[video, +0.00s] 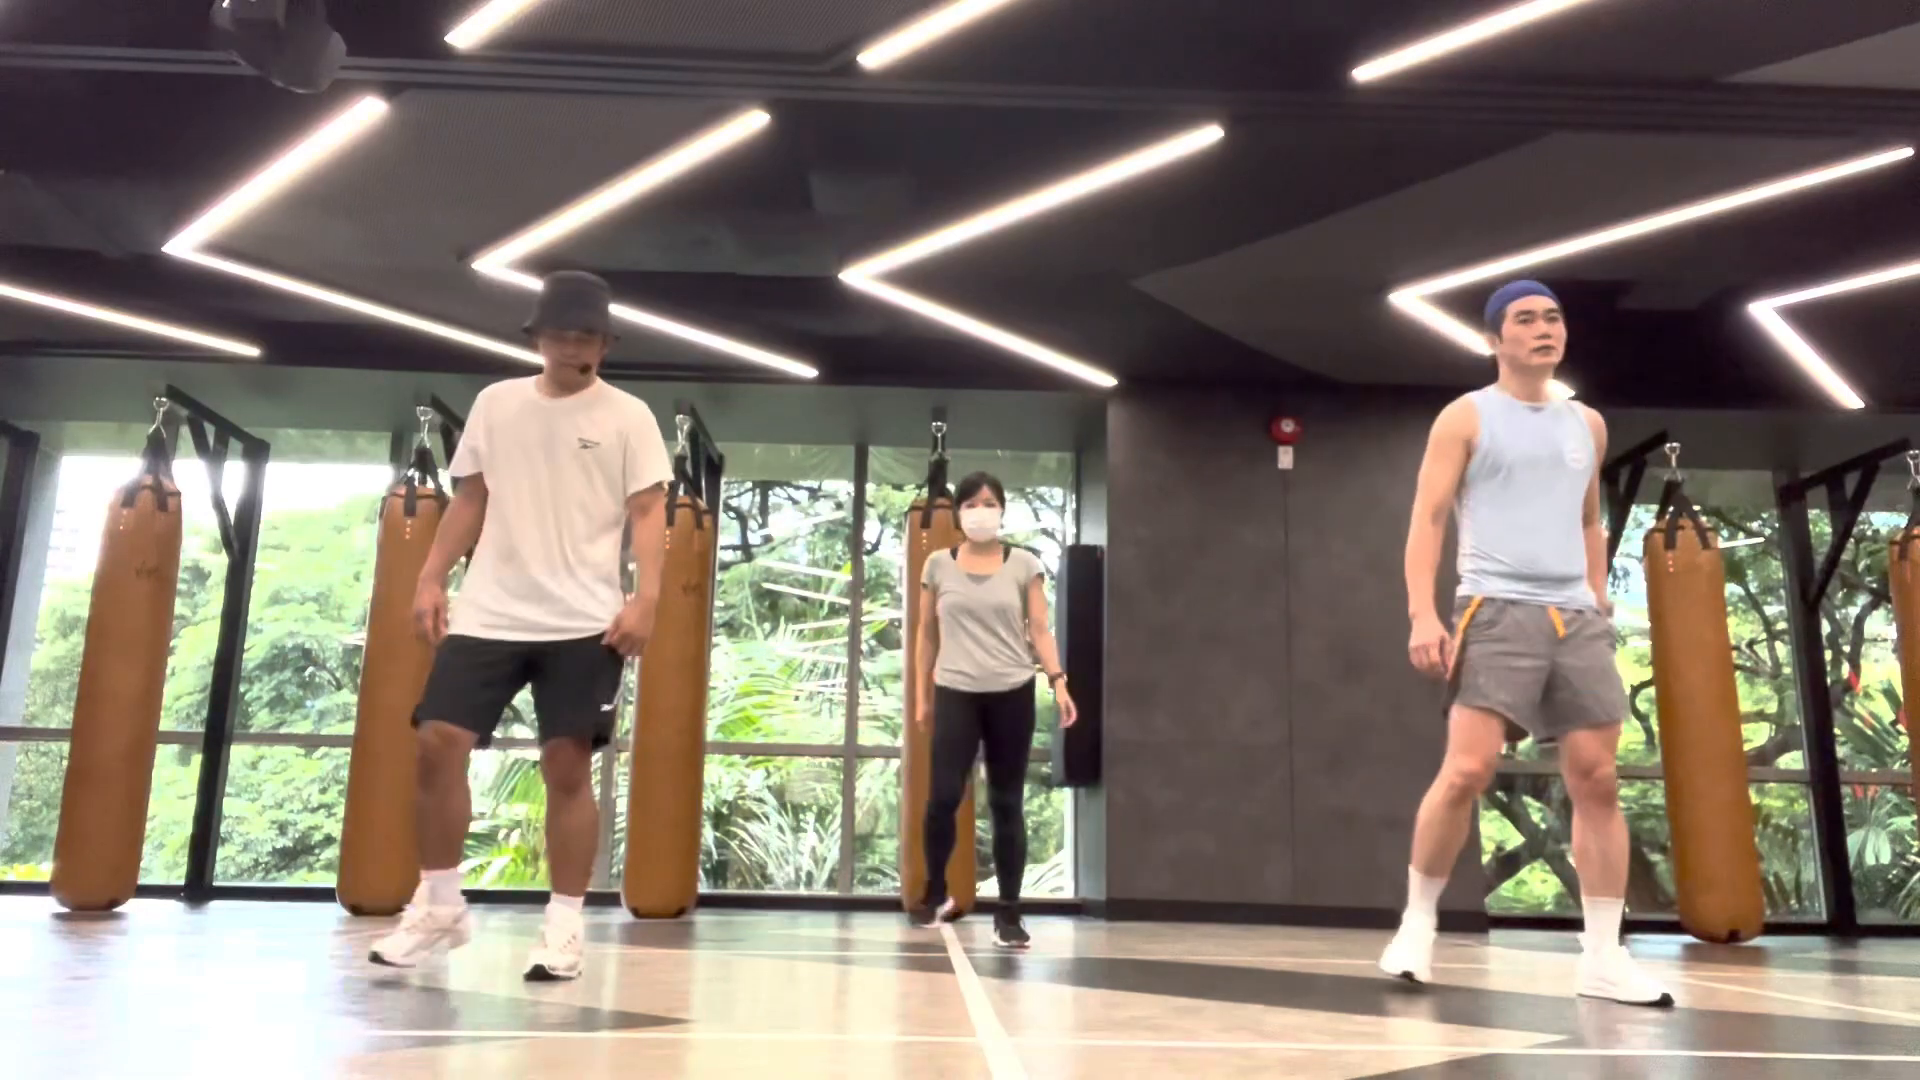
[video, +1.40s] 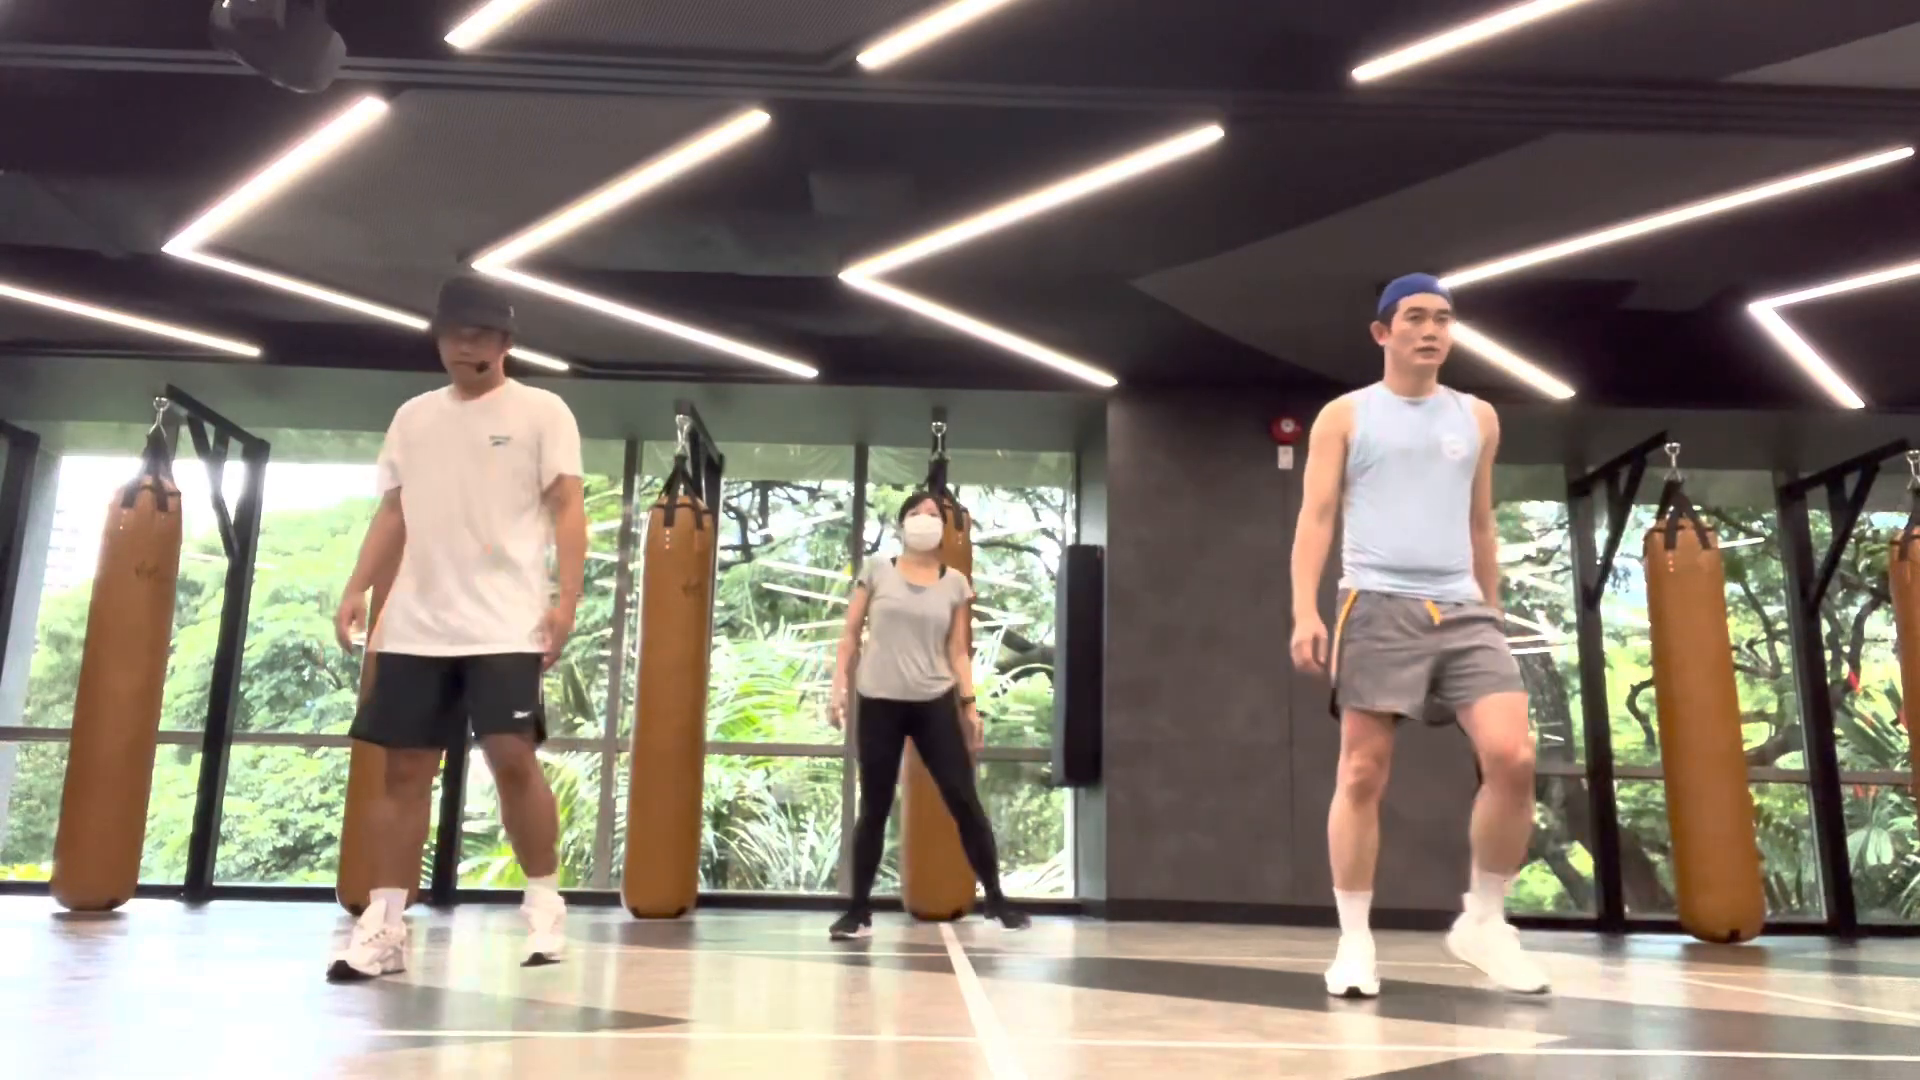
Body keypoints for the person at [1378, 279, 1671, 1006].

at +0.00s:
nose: (1544, 328)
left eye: (1552, 317)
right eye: (1527, 319)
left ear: (1565, 334)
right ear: (1497, 338)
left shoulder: (1587, 423)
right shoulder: (1465, 416)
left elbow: (1591, 520)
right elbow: (1428, 518)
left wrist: (1598, 603)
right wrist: (1423, 613)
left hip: (1579, 620)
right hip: (1497, 617)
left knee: (1598, 778)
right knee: (1466, 772)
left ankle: (1603, 957)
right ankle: (1417, 925)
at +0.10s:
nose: (1555, 329)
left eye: (1565, 318)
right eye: (1538, 319)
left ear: (1577, 335)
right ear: (1508, 338)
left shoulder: (1599, 423)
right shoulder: (1474, 416)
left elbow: (1607, 517)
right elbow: (1437, 518)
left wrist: (1632, 594)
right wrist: (1435, 613)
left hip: (1594, 615)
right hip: (1513, 610)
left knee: (1602, 780)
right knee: (1517, 771)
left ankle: (1603, 958)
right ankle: (1469, 915)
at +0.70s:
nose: (1496, 337)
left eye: (1508, 326)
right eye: (1480, 327)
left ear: (1526, 342)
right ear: (1454, 347)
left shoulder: (1563, 418)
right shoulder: (1421, 429)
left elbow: (1608, 521)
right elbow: (1401, 533)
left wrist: (1590, 485)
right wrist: (1388, 630)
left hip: (1551, 624)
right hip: (1457, 622)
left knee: (1587, 778)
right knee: (1412, 769)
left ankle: (1604, 956)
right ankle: (1358, 940)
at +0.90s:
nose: (1440, 335)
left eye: (1451, 324)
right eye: (1425, 325)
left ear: (1467, 340)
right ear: (1397, 342)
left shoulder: (1501, 419)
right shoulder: (1361, 426)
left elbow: (1522, 512)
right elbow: (1340, 532)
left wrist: (1540, 567)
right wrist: (1326, 628)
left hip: (1484, 622)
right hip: (1393, 619)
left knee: (1545, 775)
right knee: (1369, 774)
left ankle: (1582, 943)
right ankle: (1355, 945)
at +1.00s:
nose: (1421, 334)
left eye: (1432, 323)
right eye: (1407, 323)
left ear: (1448, 337)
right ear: (1378, 340)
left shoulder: (1484, 420)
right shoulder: (1343, 425)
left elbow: (1497, 522)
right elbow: (1318, 526)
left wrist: (1520, 611)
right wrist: (1297, 621)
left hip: (1467, 617)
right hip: (1378, 615)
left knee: (1516, 774)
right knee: (1361, 772)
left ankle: (1522, 932)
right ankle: (1354, 945)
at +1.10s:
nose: (1414, 333)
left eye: (1424, 323)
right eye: (1399, 323)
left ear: (1440, 337)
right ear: (1369, 340)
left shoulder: (1474, 421)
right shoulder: (1335, 425)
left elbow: (1485, 533)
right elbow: (1304, 526)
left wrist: (1497, 633)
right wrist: (1278, 621)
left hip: (1455, 613)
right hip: (1370, 610)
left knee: (1468, 774)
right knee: (1359, 773)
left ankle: (1442, 922)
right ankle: (1354, 943)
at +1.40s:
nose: (1431, 329)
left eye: (1442, 319)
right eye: (1416, 318)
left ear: (1453, 335)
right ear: (1383, 332)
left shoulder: (1477, 419)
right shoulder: (1344, 416)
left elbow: (1482, 527)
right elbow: (1316, 518)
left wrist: (1489, 618)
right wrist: (1306, 613)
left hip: (1465, 613)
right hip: (1377, 613)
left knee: (1514, 758)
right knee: (1361, 776)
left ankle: (1482, 924)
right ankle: (1355, 945)